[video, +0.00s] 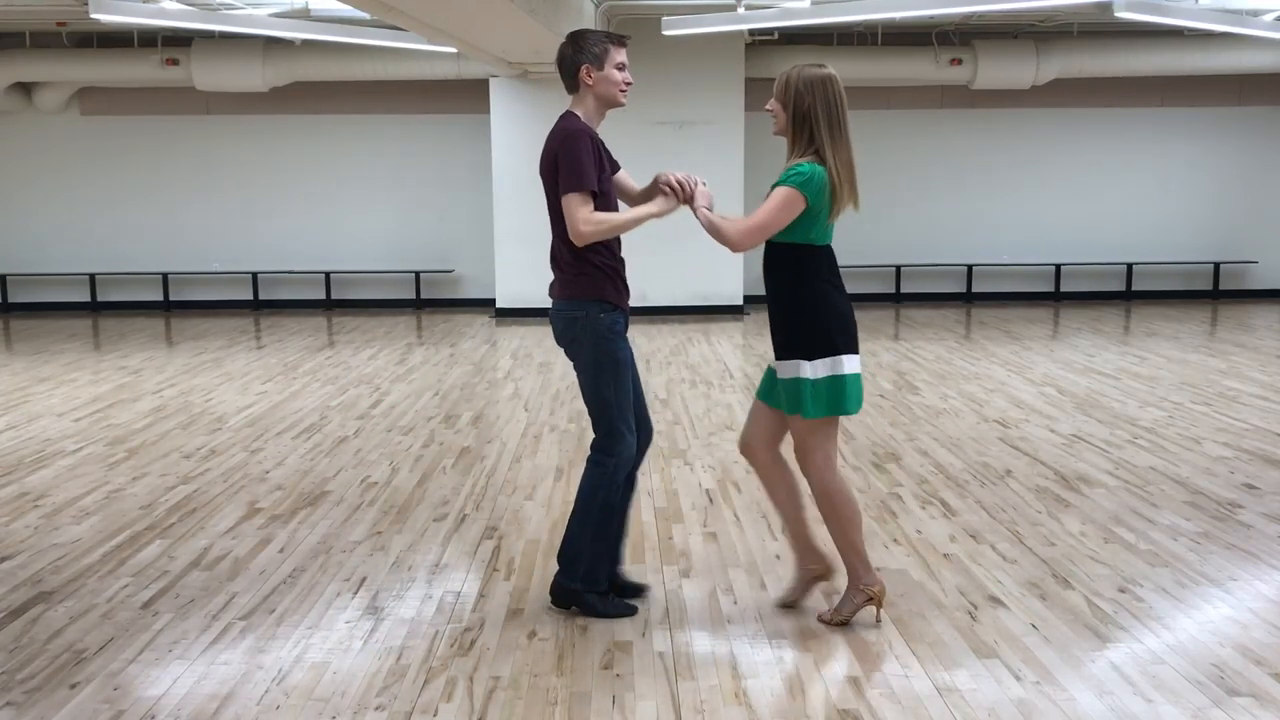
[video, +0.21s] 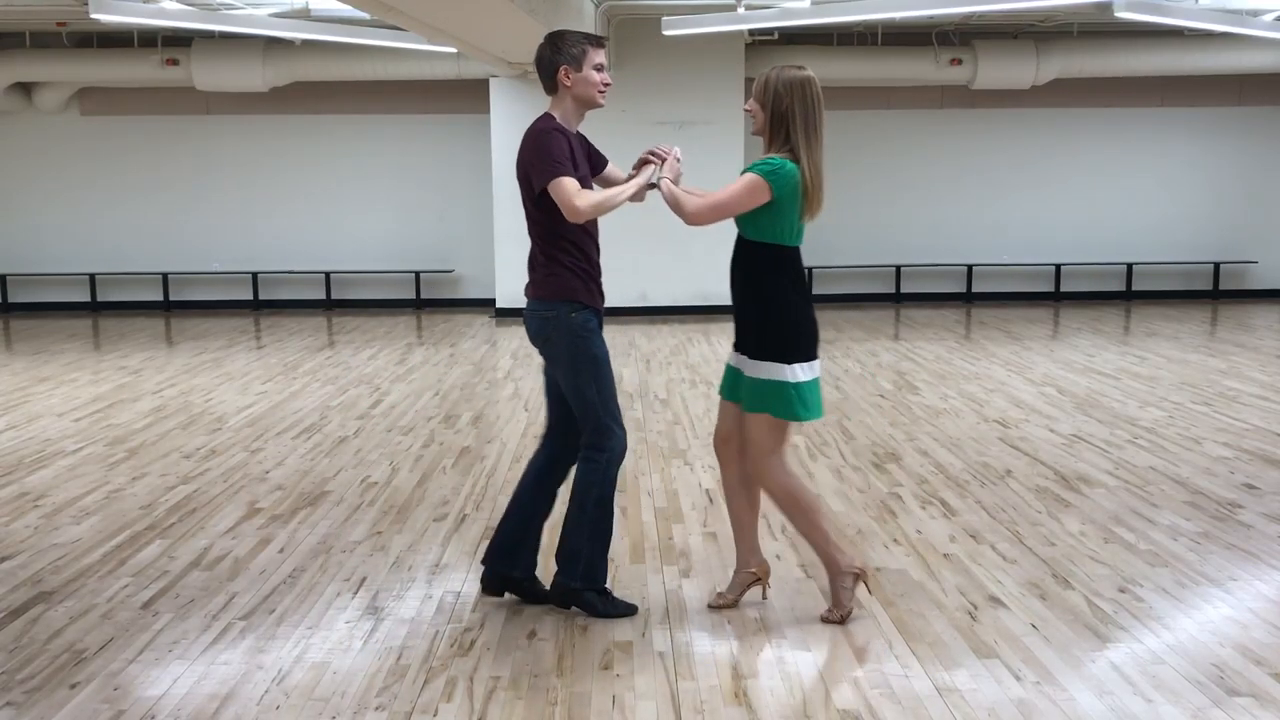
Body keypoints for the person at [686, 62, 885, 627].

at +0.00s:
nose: (768, 107)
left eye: (777, 99)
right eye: (771, 98)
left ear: (801, 110)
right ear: (808, 109)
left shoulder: (810, 175)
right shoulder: (801, 172)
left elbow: (741, 237)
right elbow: (747, 233)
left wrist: (703, 210)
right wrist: (705, 212)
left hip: (820, 340)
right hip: (801, 339)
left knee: (817, 459)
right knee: (758, 445)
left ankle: (863, 579)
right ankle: (810, 559)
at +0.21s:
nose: (746, 107)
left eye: (754, 99)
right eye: (749, 98)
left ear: (778, 109)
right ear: (782, 109)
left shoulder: (780, 173)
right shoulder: (773, 167)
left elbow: (697, 213)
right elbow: (713, 205)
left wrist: (664, 183)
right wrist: (673, 181)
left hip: (778, 333)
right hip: (756, 328)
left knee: (764, 460)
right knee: (728, 444)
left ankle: (841, 566)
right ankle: (749, 562)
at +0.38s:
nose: (728, 107)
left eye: (737, 101)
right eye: (733, 99)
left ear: (757, 112)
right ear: (772, 114)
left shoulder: (757, 172)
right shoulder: (761, 170)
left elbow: (672, 197)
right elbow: (683, 197)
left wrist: (641, 160)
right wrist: (647, 162)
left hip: (746, 340)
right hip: (753, 335)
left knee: (688, 451)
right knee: (723, 453)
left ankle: (755, 554)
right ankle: (748, 571)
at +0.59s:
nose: (711, 110)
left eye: (719, 103)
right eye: (714, 102)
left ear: (739, 113)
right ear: (749, 118)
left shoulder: (742, 170)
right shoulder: (731, 173)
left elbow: (665, 141)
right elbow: (655, 164)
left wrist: (635, 90)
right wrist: (621, 105)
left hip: (720, 330)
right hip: (729, 328)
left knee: (668, 445)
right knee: (689, 451)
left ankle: (693, 569)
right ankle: (742, 560)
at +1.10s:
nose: (723, 118)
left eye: (732, 109)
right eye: (726, 112)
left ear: (753, 117)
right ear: (742, 117)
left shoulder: (756, 168)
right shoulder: (728, 169)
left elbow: (729, 111)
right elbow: (700, 134)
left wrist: (695, 35)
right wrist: (675, 93)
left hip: (728, 336)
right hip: (706, 331)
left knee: (680, 456)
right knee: (689, 454)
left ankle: (746, 555)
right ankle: (719, 558)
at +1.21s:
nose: (732, 117)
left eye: (738, 109)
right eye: (732, 108)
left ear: (758, 114)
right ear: (762, 116)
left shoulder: (768, 169)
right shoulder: (740, 174)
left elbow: (741, 131)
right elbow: (706, 162)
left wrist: (712, 74)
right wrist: (676, 138)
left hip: (736, 338)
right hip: (708, 332)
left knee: (712, 462)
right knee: (691, 443)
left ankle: (794, 554)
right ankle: (722, 557)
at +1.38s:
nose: (743, 110)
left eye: (752, 103)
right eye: (746, 101)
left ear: (776, 112)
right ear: (771, 113)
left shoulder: (785, 165)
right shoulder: (763, 168)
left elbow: (772, 190)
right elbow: (728, 208)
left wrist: (725, 177)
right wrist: (672, 221)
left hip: (765, 326)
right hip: (740, 323)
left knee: (760, 458)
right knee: (710, 439)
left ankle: (825, 567)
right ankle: (722, 556)